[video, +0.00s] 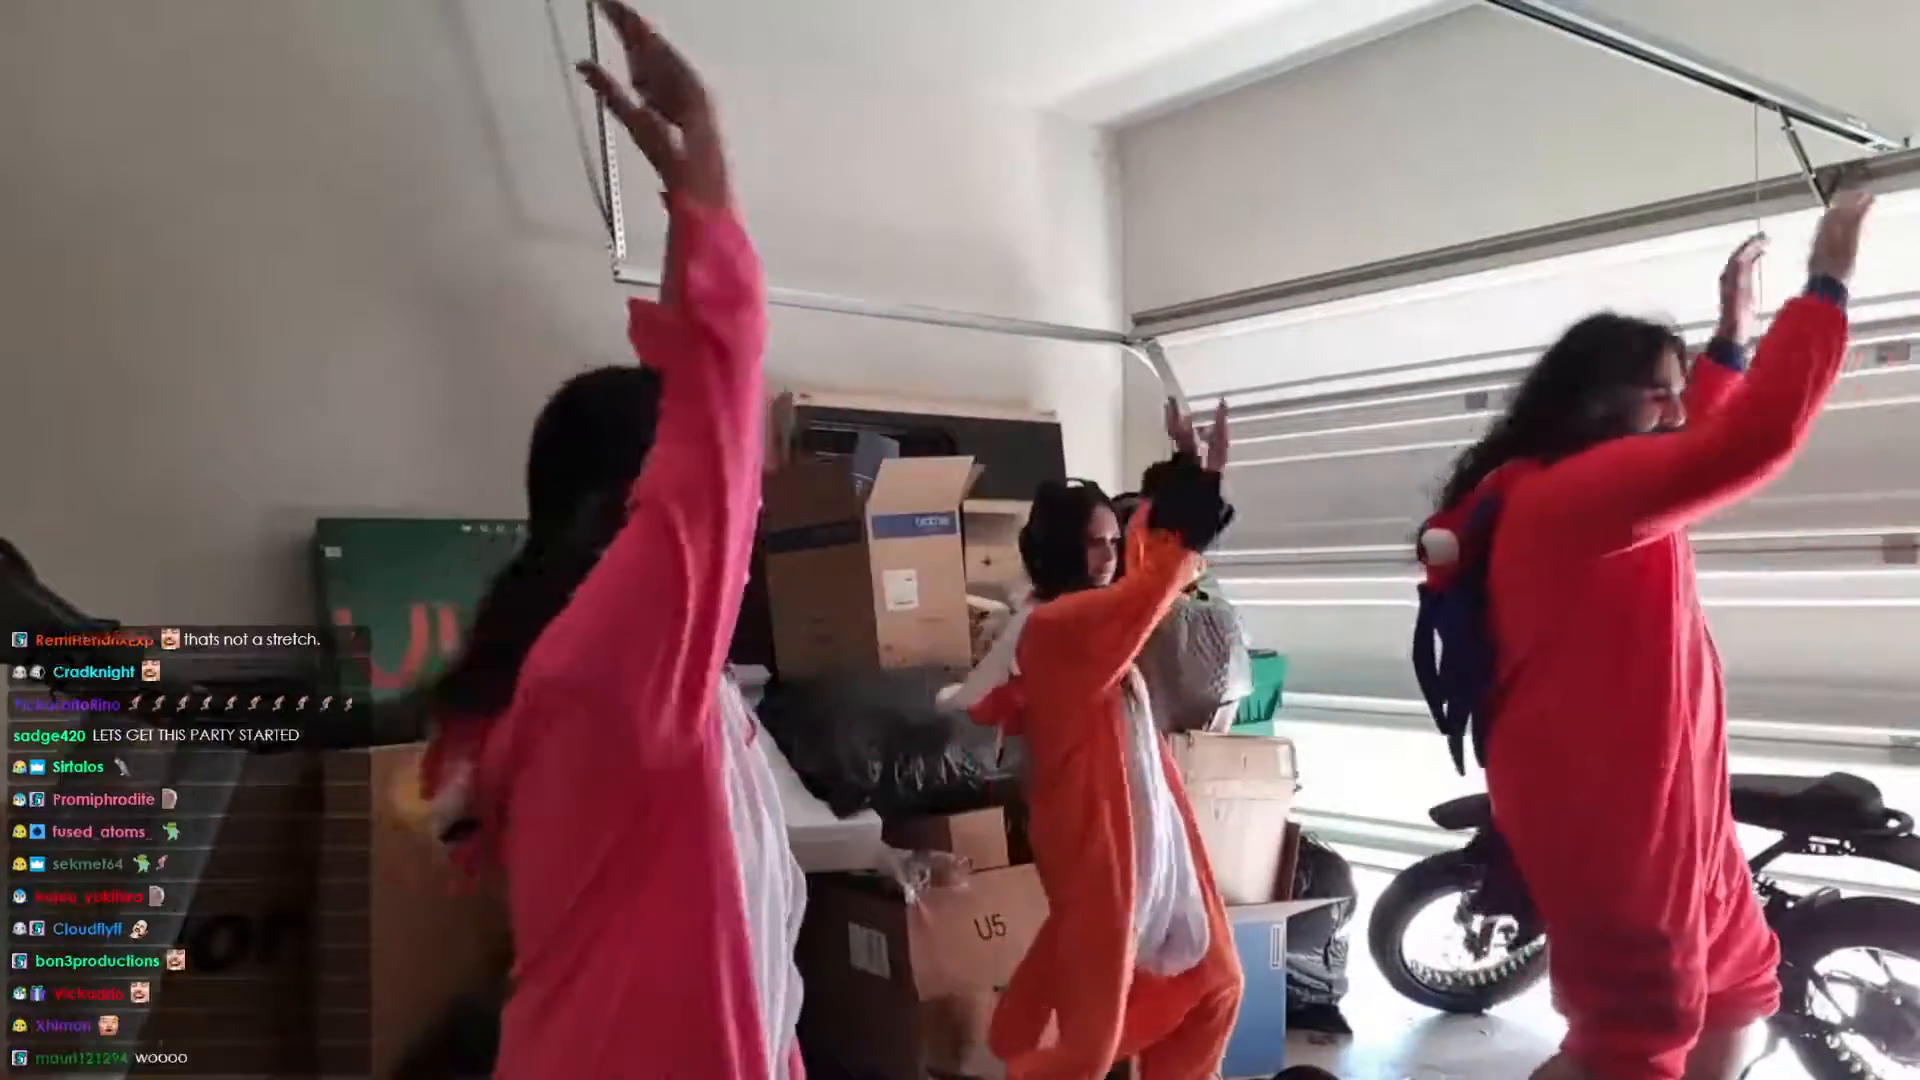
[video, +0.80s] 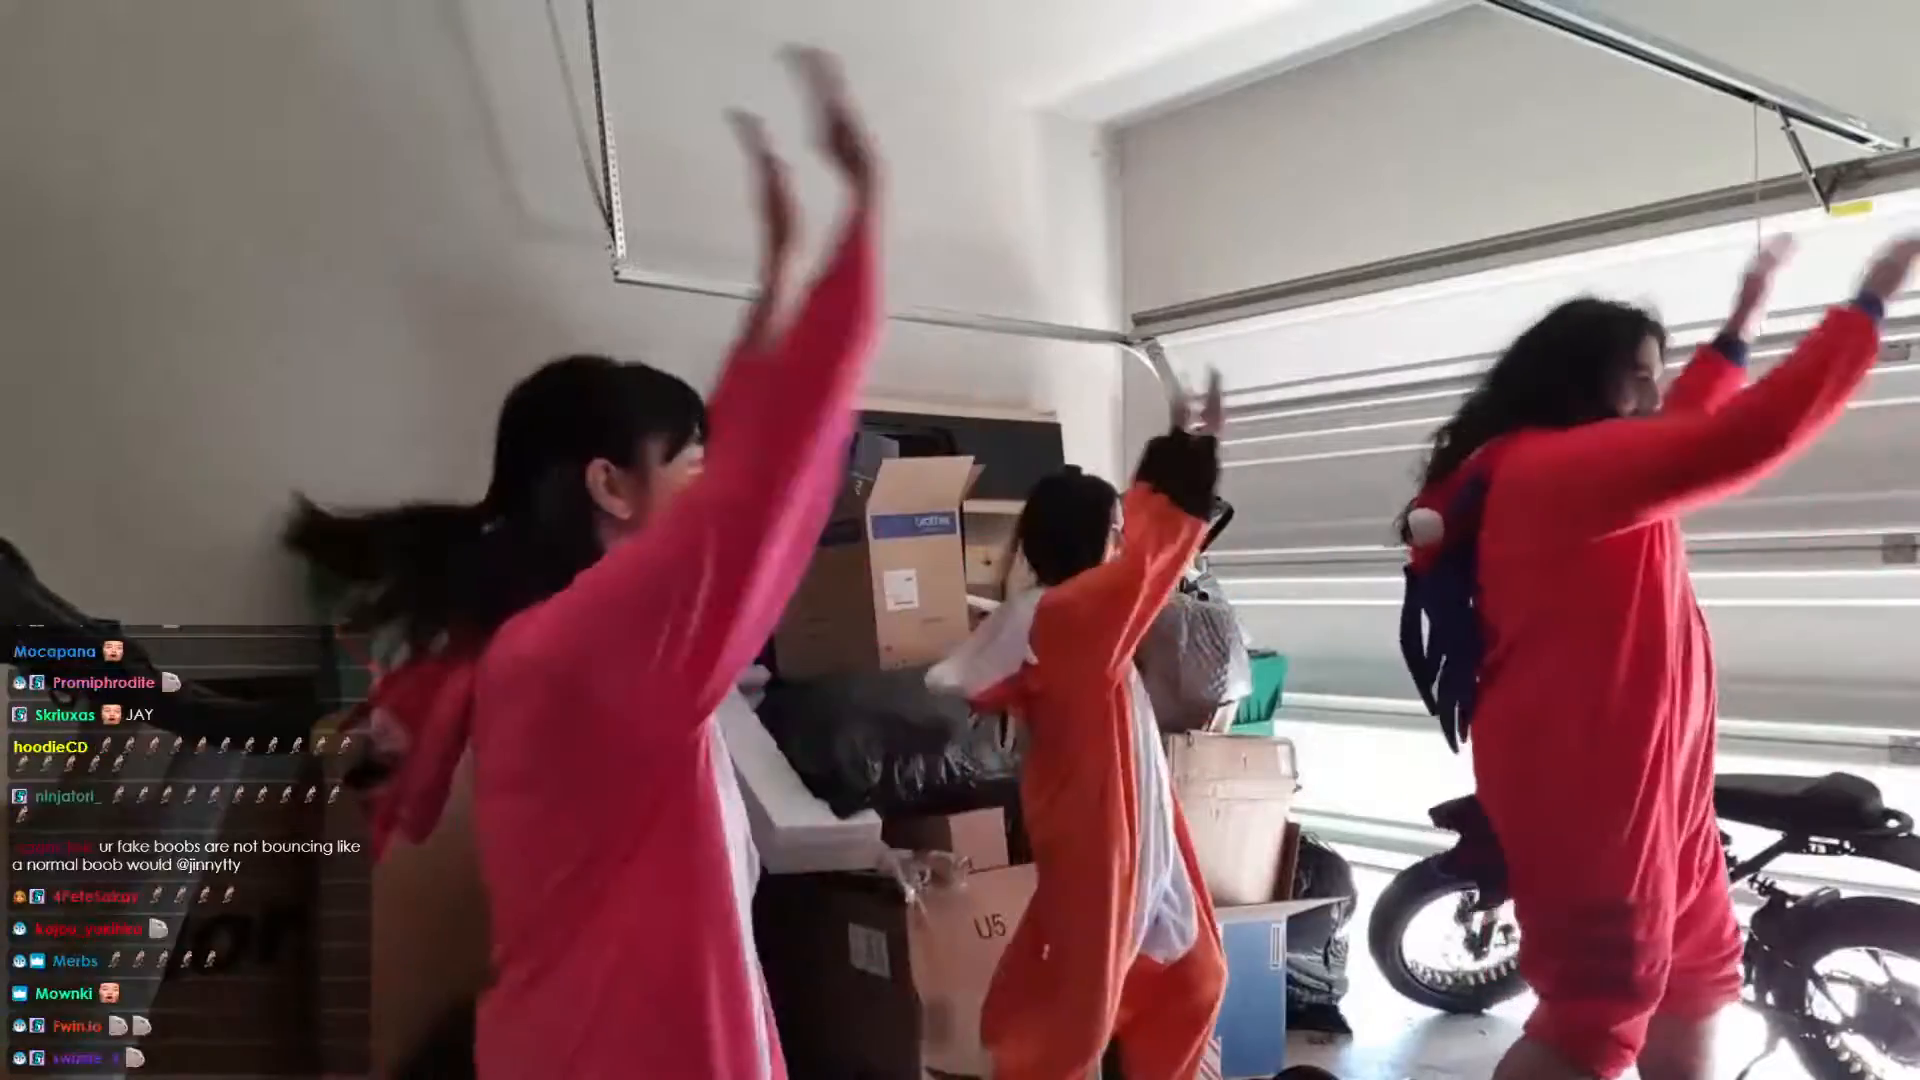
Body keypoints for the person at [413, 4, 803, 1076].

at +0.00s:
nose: (735, 518)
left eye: (728, 488)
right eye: (701, 485)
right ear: (630, 498)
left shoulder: (698, 696)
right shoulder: (602, 684)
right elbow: (702, 475)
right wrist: (702, 192)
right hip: (639, 1066)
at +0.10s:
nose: (762, 477)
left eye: (764, 448)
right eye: (747, 445)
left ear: (679, 464)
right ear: (676, 454)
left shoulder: (692, 645)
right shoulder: (603, 626)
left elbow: (722, 852)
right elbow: (773, 462)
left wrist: (879, 866)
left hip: (718, 1052)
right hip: (631, 1058)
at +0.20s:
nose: (821, 434)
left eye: (810, 403)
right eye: (795, 403)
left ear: (714, 432)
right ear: (711, 427)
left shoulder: (694, 601)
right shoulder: (637, 586)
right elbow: (876, 554)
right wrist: (1099, 461)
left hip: (658, 1026)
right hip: (576, 1036)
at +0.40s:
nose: (912, 538)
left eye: (901, 514)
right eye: (885, 514)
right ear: (799, 547)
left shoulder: (777, 723)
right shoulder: (714, 739)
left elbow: (791, 976)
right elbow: (740, 1031)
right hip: (487, 1051)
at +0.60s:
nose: (791, 461)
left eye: (783, 430)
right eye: (765, 424)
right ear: (672, 436)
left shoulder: (659, 611)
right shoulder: (634, 628)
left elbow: (800, 794)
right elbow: (807, 878)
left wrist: (936, 905)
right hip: (551, 1051)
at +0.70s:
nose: (718, 447)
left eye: (710, 416)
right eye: (691, 413)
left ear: (602, 440)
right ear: (599, 437)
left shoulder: (589, 608)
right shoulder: (569, 618)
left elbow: (830, 614)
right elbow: (845, 627)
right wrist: (1168, 564)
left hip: (645, 1042)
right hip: (598, 1055)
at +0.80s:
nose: (705, 483)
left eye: (700, 457)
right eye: (685, 458)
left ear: (602, 494)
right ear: (610, 488)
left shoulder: (541, 652)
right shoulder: (576, 651)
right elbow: (757, 491)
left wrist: (774, 299)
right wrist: (866, 215)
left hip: (556, 1040)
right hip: (630, 1050)